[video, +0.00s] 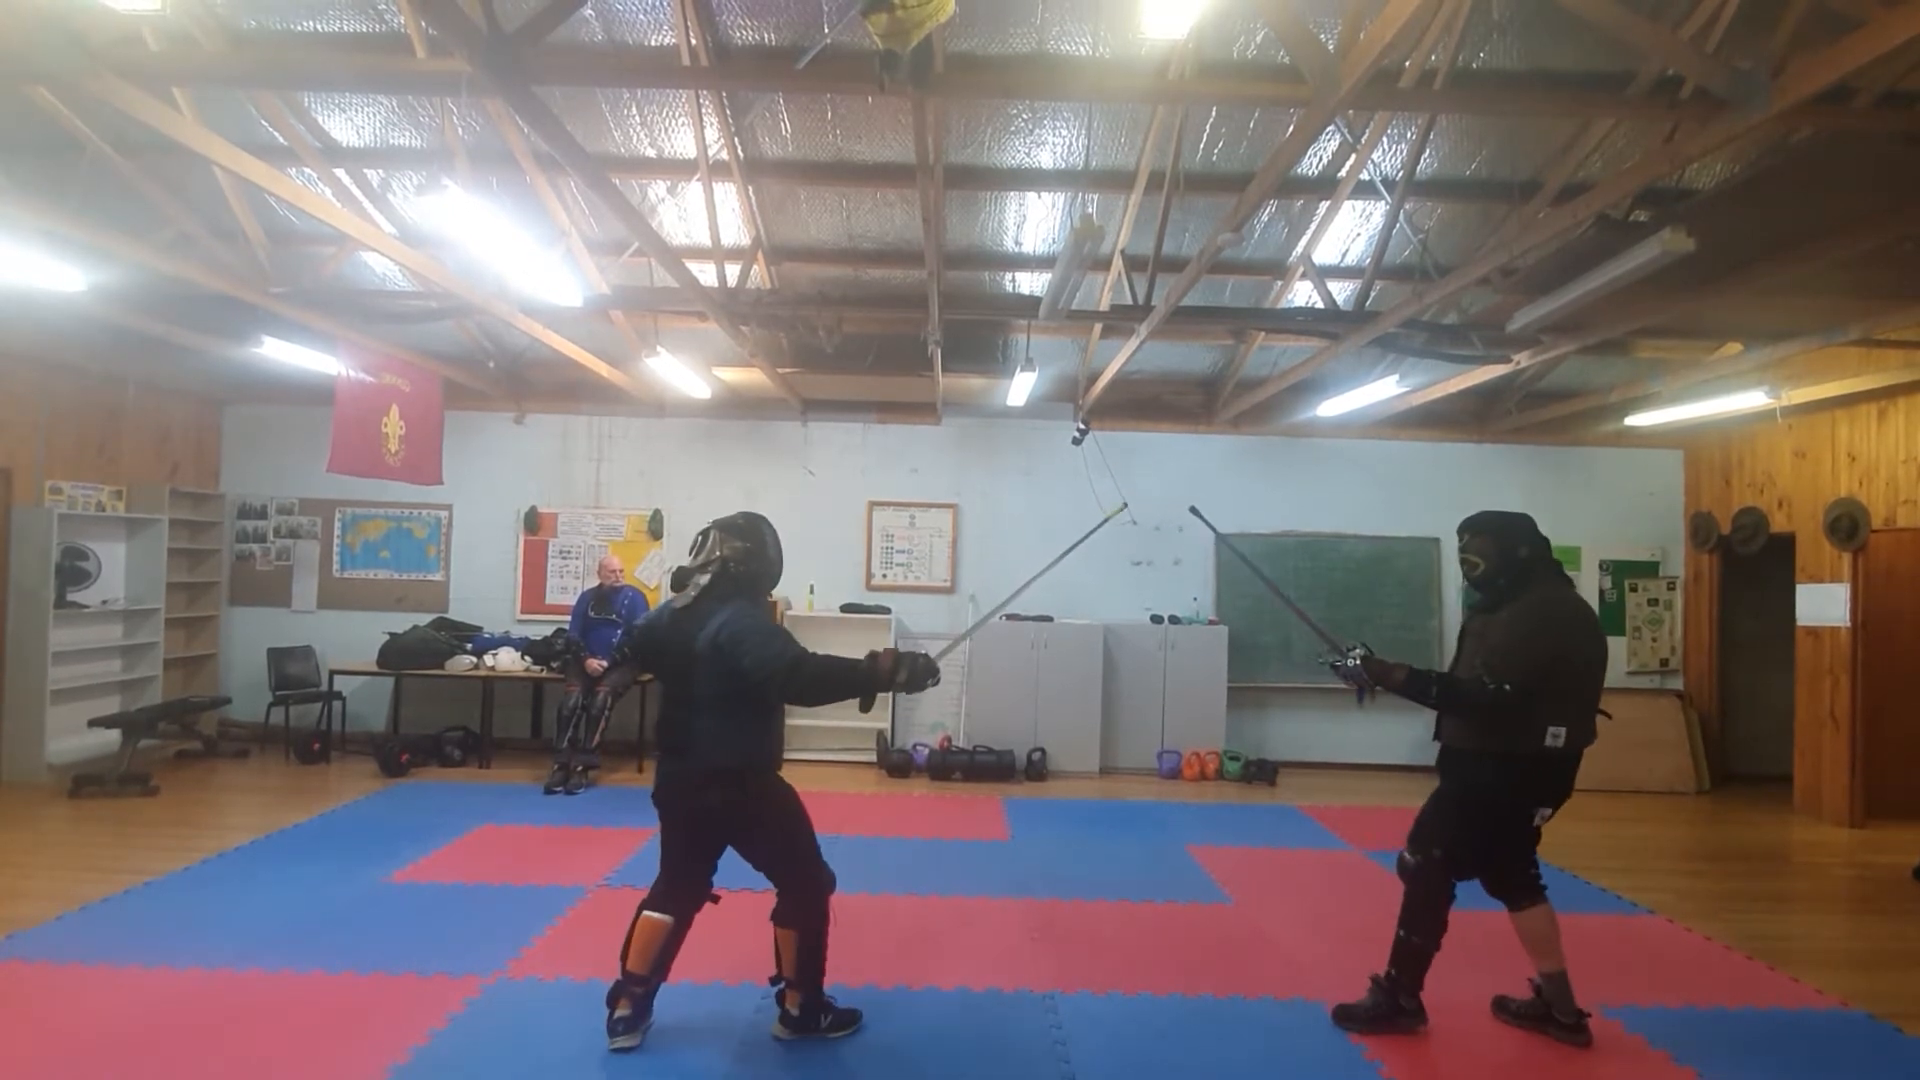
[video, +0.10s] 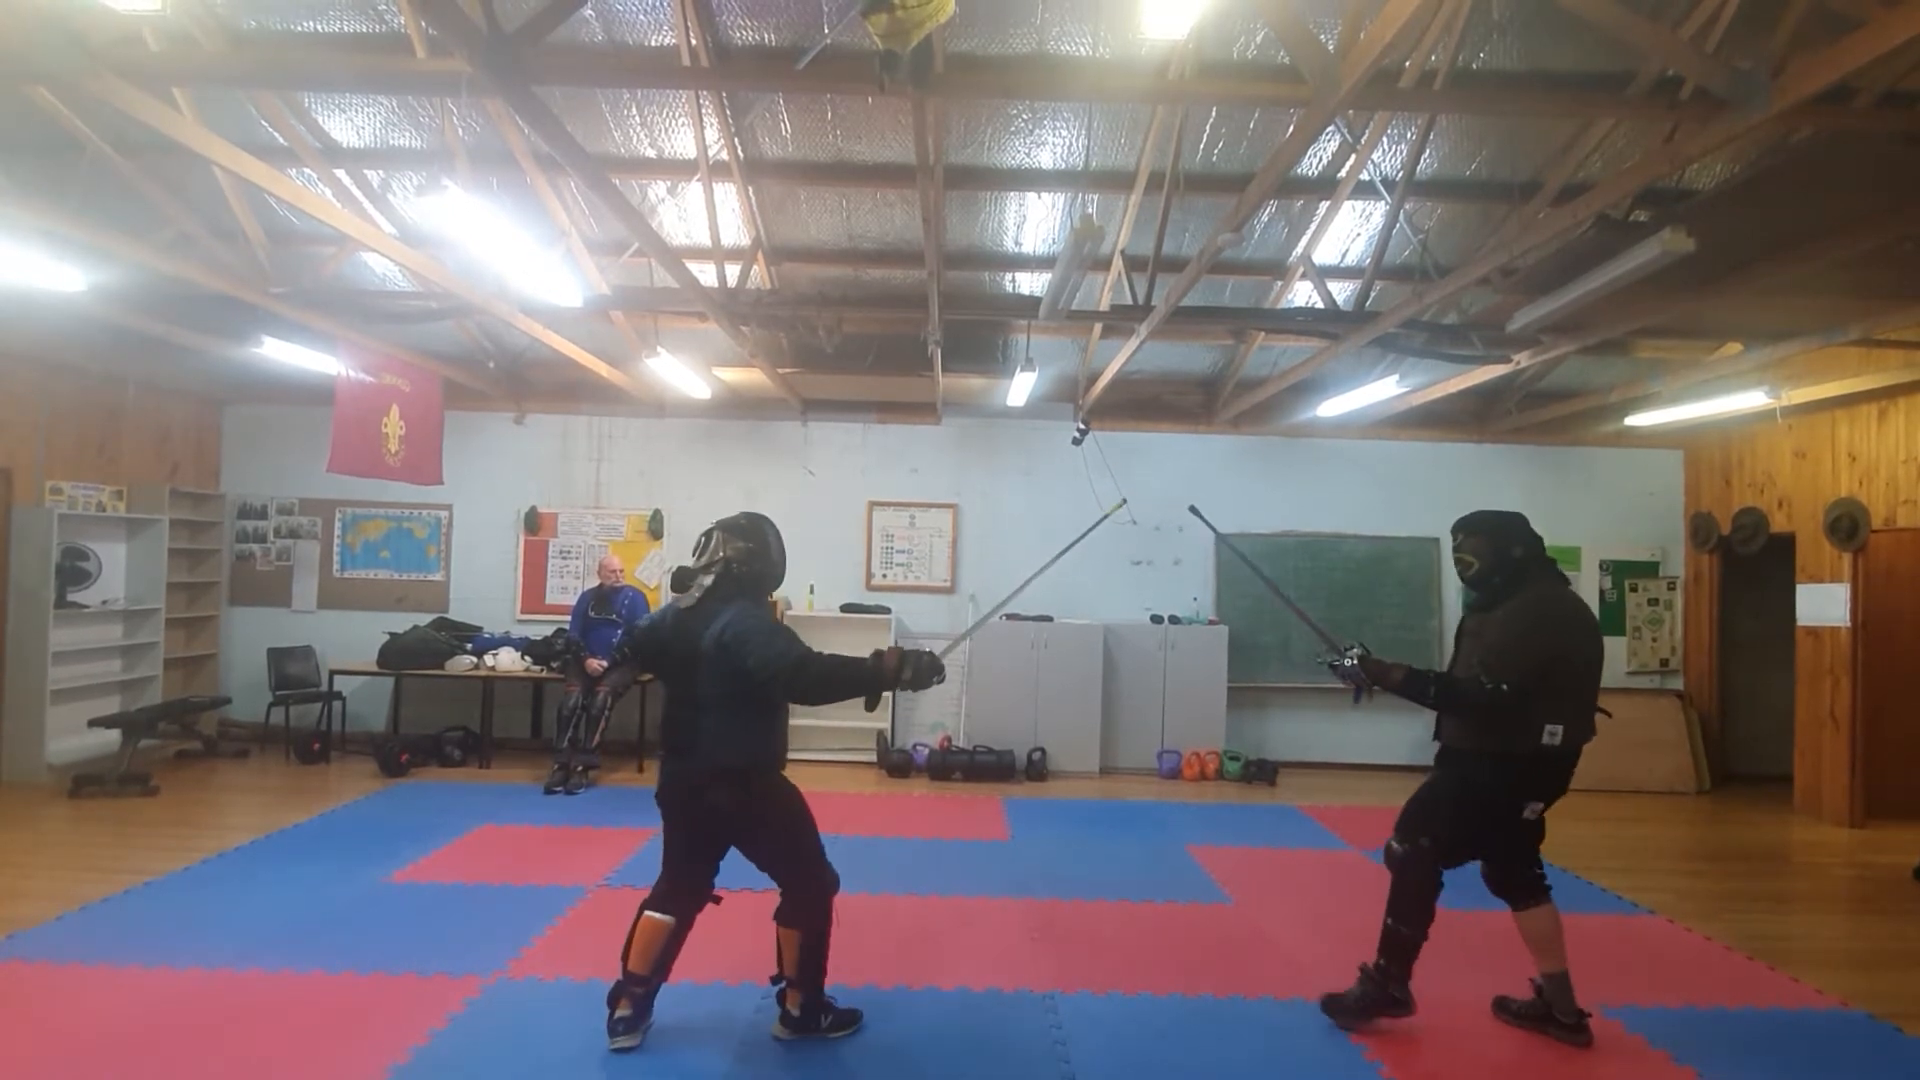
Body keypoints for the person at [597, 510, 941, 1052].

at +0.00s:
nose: (774, 579)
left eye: (772, 569)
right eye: (771, 568)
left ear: (706, 558)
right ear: (759, 567)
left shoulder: (670, 619)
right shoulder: (747, 622)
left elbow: (633, 648)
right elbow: (790, 673)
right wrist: (878, 671)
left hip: (682, 788)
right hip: (749, 789)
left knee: (677, 886)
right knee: (805, 882)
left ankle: (628, 1007)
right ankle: (801, 1008)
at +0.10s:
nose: (776, 581)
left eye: (773, 569)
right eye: (773, 569)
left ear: (709, 559)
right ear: (762, 568)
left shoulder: (676, 620)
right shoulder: (751, 623)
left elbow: (633, 647)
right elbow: (797, 673)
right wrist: (883, 669)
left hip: (685, 789)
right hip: (753, 790)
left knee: (678, 887)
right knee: (809, 883)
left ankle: (628, 1009)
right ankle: (801, 1009)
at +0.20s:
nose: (778, 578)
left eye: (775, 568)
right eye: (775, 567)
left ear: (713, 559)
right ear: (764, 567)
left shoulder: (680, 620)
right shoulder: (754, 623)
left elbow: (634, 647)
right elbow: (800, 672)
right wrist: (885, 668)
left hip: (689, 789)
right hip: (756, 790)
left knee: (679, 888)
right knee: (811, 883)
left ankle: (628, 1009)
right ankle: (801, 1009)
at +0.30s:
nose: (778, 580)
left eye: (775, 570)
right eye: (775, 569)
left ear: (715, 560)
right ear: (764, 567)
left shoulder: (681, 620)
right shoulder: (755, 622)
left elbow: (633, 648)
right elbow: (805, 672)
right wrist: (891, 667)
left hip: (690, 789)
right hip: (758, 789)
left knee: (680, 889)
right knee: (812, 884)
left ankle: (628, 1010)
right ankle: (802, 1010)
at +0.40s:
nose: (778, 577)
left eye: (776, 567)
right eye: (776, 567)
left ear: (716, 558)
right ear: (765, 566)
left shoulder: (680, 619)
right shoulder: (754, 620)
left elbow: (633, 649)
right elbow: (801, 675)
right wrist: (887, 668)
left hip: (690, 788)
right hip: (757, 788)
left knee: (680, 888)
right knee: (812, 884)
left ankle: (628, 1009)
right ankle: (801, 1010)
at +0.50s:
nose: (777, 578)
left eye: (775, 568)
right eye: (775, 567)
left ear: (714, 558)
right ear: (763, 565)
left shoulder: (679, 617)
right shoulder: (751, 619)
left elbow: (633, 649)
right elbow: (799, 674)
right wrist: (887, 668)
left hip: (687, 788)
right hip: (755, 788)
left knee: (678, 888)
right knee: (810, 883)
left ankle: (628, 1008)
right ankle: (801, 1009)